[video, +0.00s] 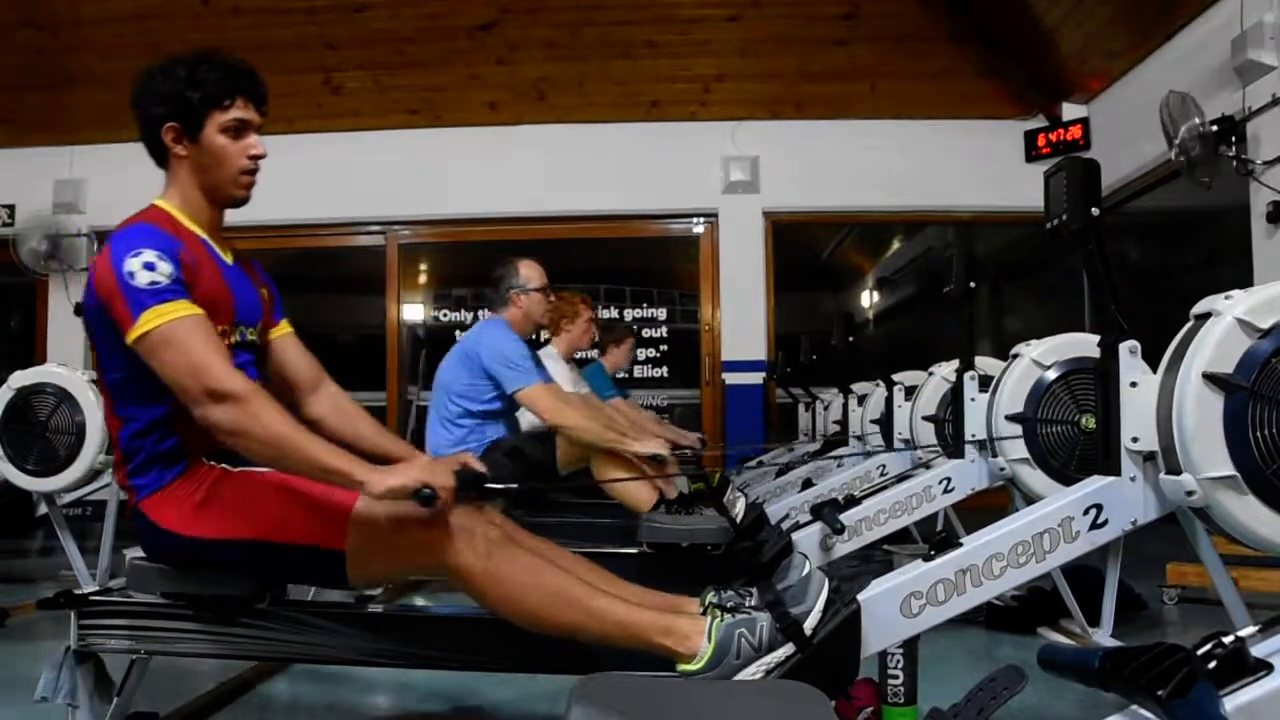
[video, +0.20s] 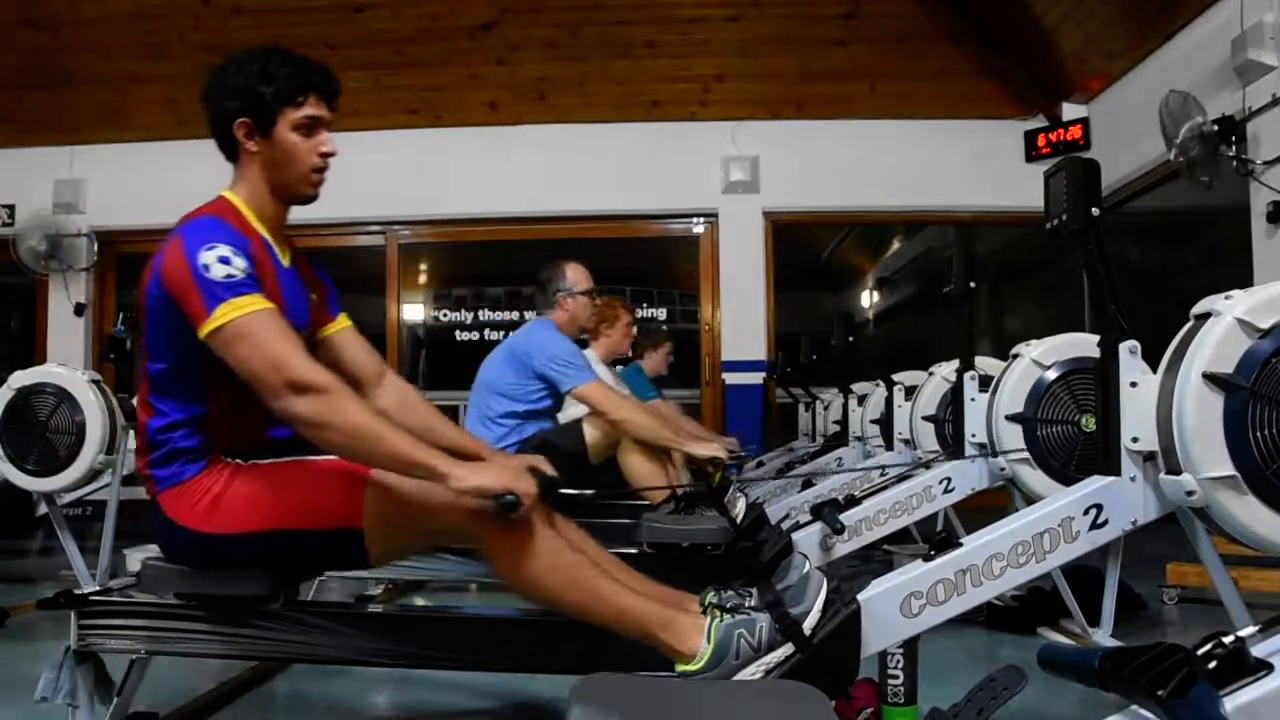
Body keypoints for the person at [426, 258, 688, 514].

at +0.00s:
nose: (552, 299)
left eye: (549, 291)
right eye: (544, 292)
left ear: (519, 299)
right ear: (517, 299)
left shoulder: (511, 341)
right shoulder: (495, 338)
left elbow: (572, 402)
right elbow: (554, 414)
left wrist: (634, 437)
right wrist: (633, 445)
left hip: (493, 453)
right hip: (470, 461)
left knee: (602, 433)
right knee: (591, 442)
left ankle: (669, 504)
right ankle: (661, 517)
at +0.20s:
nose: (596, 303)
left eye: (595, 294)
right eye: (588, 295)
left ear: (564, 302)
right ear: (563, 302)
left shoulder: (558, 341)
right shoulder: (546, 341)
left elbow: (622, 401)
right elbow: (614, 409)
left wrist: (681, 443)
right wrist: (688, 444)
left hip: (530, 446)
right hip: (509, 455)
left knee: (636, 420)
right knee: (622, 424)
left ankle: (683, 512)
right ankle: (676, 519)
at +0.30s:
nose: (622, 305)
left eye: (620, 297)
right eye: (614, 297)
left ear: (589, 305)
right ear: (588, 304)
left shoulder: (583, 341)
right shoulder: (571, 342)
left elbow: (649, 403)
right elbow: (640, 411)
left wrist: (721, 439)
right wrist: (715, 447)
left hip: (546, 445)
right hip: (527, 453)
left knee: (652, 415)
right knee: (636, 417)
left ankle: (686, 506)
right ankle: (677, 516)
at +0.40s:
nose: (646, 309)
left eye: (644, 300)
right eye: (639, 300)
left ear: (614, 307)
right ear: (614, 307)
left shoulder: (600, 341)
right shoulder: (596, 343)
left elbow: (667, 407)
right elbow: (666, 410)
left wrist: (739, 442)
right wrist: (740, 449)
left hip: (560, 444)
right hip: (548, 451)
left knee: (664, 413)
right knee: (655, 411)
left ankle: (680, 507)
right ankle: (679, 511)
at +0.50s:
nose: (669, 311)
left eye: (667, 302)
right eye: (662, 303)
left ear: (634, 311)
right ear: (636, 310)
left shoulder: (617, 342)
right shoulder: (619, 346)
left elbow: (691, 402)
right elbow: (691, 409)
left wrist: (759, 435)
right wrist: (764, 450)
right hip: (568, 445)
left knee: (679, 408)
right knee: (678, 410)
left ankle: (680, 503)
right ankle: (680, 507)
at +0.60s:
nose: (688, 312)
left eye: (686, 304)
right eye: (681, 305)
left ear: (653, 311)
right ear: (655, 311)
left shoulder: (631, 338)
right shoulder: (639, 344)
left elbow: (707, 401)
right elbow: (716, 409)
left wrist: (771, 430)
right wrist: (788, 448)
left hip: (580, 430)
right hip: (585, 437)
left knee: (692, 404)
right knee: (689, 411)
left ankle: (683, 500)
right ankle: (684, 503)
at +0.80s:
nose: (711, 313)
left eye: (709, 305)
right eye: (704, 306)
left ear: (676, 311)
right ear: (678, 311)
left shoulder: (654, 338)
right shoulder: (666, 342)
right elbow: (743, 403)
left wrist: (807, 441)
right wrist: (821, 441)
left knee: (701, 401)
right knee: (706, 402)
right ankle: (691, 494)